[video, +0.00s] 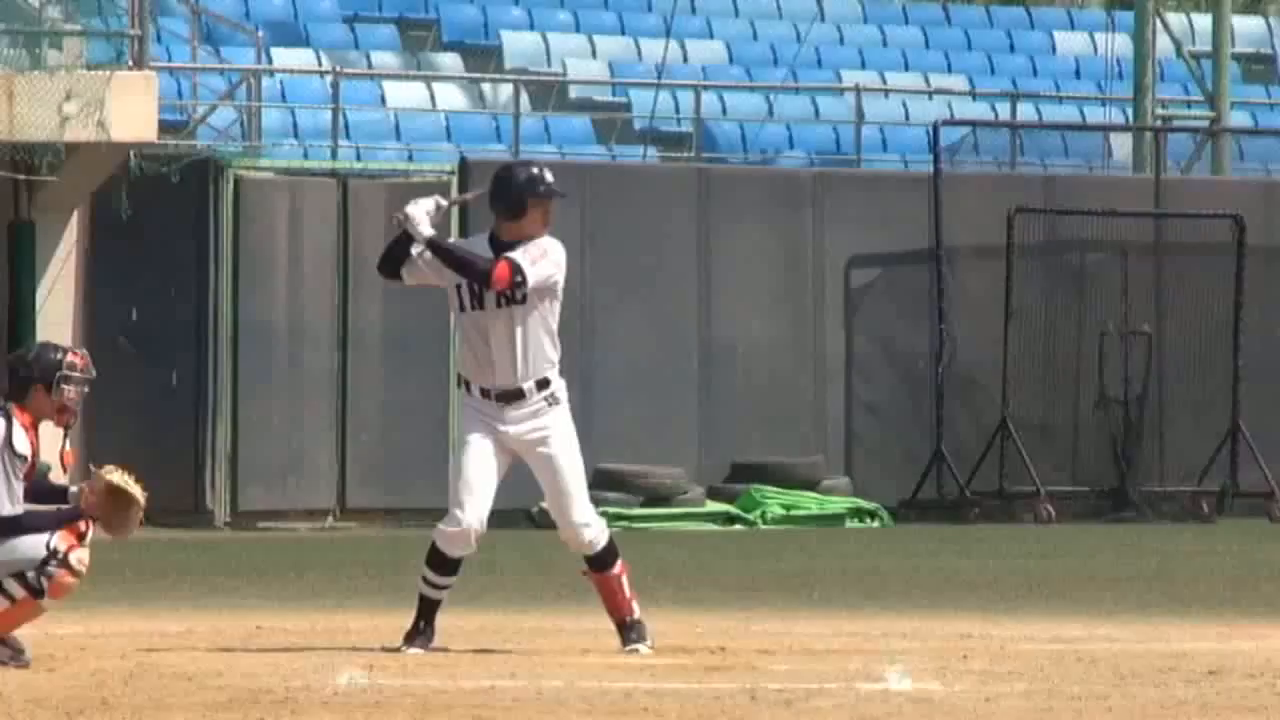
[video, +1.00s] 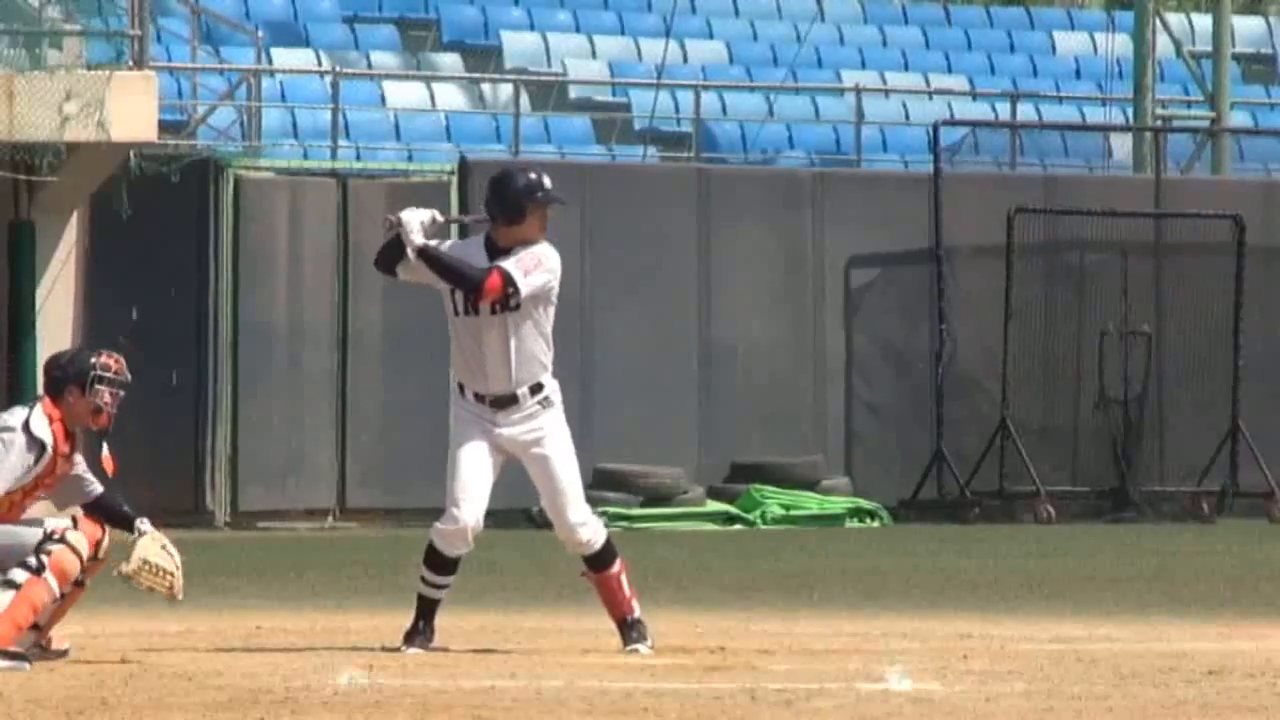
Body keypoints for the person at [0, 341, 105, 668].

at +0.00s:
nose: (74, 397)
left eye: (75, 388)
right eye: (66, 388)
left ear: (38, 392)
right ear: (39, 392)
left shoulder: (23, 423)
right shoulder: (8, 433)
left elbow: (23, 487)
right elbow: (6, 522)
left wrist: (78, 496)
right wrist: (78, 512)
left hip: (7, 527)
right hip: (1, 542)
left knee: (78, 530)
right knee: (64, 557)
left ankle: (4, 627)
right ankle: (1, 629)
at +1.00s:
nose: (110, 399)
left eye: (112, 391)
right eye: (101, 389)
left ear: (73, 396)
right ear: (71, 394)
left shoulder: (62, 436)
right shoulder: (25, 436)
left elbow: (90, 494)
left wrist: (139, 526)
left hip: (7, 527)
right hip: (3, 530)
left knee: (92, 536)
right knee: (64, 542)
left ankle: (32, 636)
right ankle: (5, 640)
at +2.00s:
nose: (111, 434)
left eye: (112, 426)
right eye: (101, 426)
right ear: (74, 428)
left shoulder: (79, 468)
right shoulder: (25, 465)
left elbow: (110, 523)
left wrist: (159, 562)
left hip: (17, 548)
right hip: (4, 550)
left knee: (102, 554)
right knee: (73, 556)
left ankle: (35, 643)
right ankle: (7, 645)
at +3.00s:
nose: (109, 430)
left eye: (112, 421)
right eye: (101, 420)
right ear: (72, 423)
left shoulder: (88, 459)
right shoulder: (23, 455)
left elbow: (157, 475)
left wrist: (232, 470)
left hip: (31, 554)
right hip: (7, 554)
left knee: (111, 565)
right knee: (75, 552)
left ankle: (37, 642)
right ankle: (7, 644)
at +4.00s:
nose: (112, 251)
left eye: (116, 242)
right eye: (104, 240)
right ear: (73, 241)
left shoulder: (96, 296)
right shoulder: (18, 298)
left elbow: (76, 353)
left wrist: (90, 384)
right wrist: (16, 396)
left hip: (55, 434)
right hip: (10, 436)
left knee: (73, 539)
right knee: (34, 548)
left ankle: (43, 622)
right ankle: (8, 641)